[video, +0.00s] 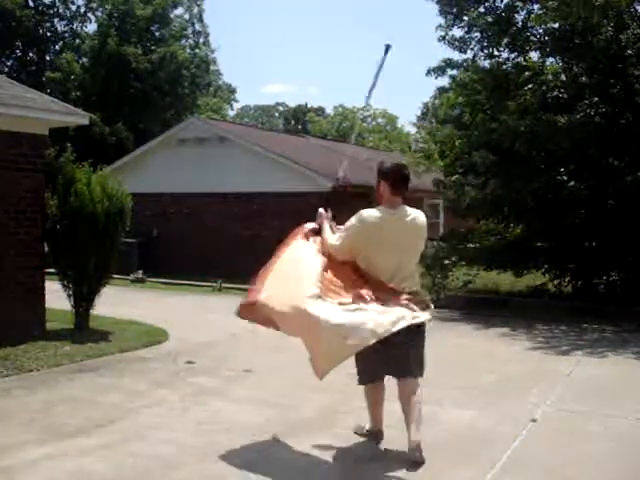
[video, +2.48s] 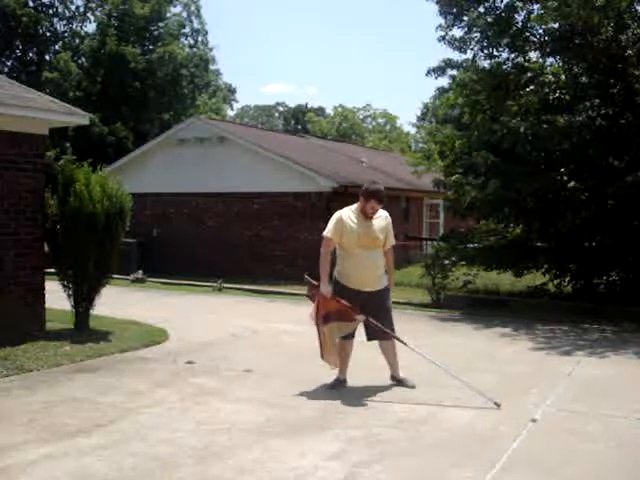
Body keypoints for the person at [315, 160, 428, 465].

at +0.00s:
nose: (377, 189)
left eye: (378, 184)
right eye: (380, 184)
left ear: (383, 187)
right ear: (406, 188)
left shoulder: (365, 221)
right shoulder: (419, 221)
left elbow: (337, 249)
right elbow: (410, 249)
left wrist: (325, 225)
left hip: (370, 312)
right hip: (411, 311)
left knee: (373, 375)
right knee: (410, 379)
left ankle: (376, 429)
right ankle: (415, 441)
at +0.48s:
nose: (347, 184)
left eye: (353, 180)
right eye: (346, 179)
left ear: (367, 185)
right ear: (345, 182)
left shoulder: (365, 219)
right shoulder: (350, 213)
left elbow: (348, 255)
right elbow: (339, 256)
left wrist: (316, 237)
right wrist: (312, 249)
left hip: (361, 295)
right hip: (346, 294)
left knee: (359, 358)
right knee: (339, 348)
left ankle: (375, 419)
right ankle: (331, 394)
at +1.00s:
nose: (340, 187)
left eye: (345, 183)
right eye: (337, 182)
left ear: (353, 185)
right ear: (330, 184)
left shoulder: (363, 213)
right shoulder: (317, 209)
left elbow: (371, 249)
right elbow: (296, 235)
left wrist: (340, 250)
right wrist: (306, 248)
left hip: (357, 292)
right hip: (327, 292)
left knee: (362, 345)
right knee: (329, 349)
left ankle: (369, 385)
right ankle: (333, 398)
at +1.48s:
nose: (364, 197)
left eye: (367, 193)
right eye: (359, 193)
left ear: (371, 194)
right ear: (350, 192)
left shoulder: (379, 220)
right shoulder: (332, 212)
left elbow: (386, 251)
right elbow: (305, 230)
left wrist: (382, 266)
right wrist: (328, 247)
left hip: (366, 289)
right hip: (336, 287)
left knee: (361, 341)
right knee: (330, 340)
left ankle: (361, 387)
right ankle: (326, 385)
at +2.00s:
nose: (359, 207)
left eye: (363, 203)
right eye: (356, 202)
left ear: (366, 201)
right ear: (345, 197)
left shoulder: (369, 221)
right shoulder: (325, 216)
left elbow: (376, 255)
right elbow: (301, 240)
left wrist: (380, 283)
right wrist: (315, 269)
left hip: (361, 286)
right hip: (332, 285)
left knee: (365, 335)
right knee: (336, 334)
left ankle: (370, 380)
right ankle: (340, 376)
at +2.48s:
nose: (375, 208)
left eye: (378, 204)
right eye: (372, 203)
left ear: (381, 204)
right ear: (362, 200)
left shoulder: (384, 218)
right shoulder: (342, 217)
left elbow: (388, 250)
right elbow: (326, 248)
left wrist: (390, 278)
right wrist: (325, 282)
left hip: (378, 288)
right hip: (347, 288)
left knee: (386, 334)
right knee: (346, 334)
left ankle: (396, 374)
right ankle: (341, 376)